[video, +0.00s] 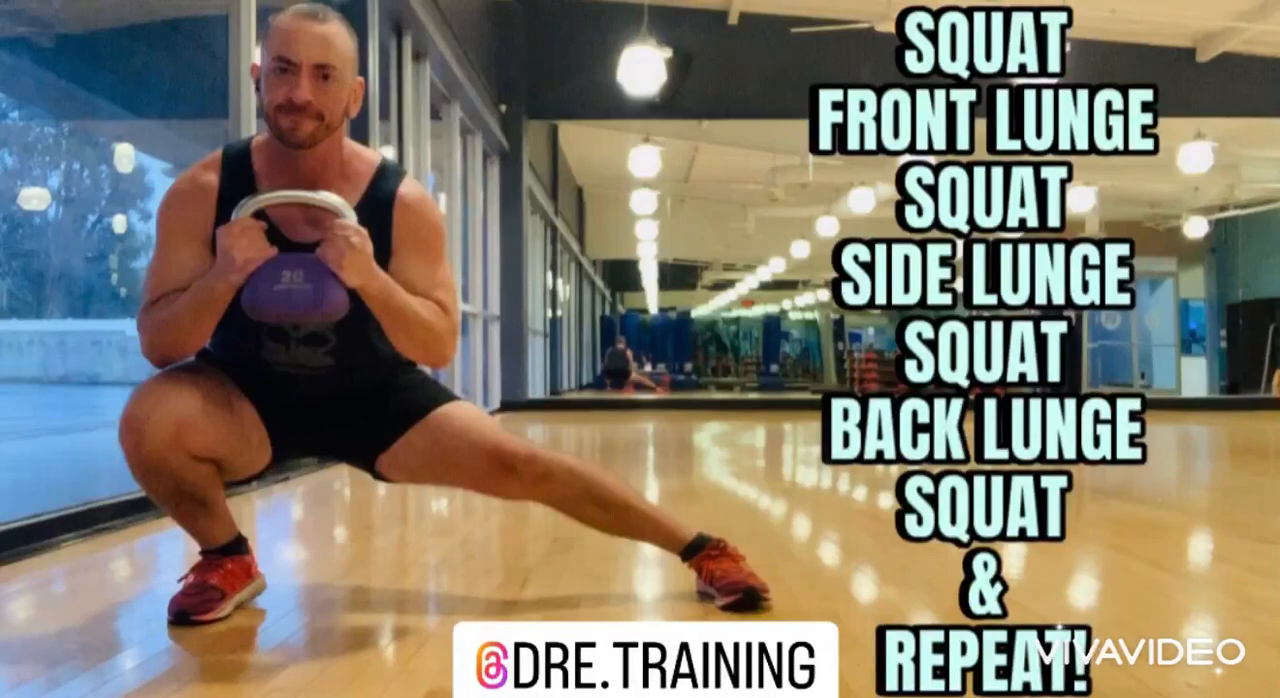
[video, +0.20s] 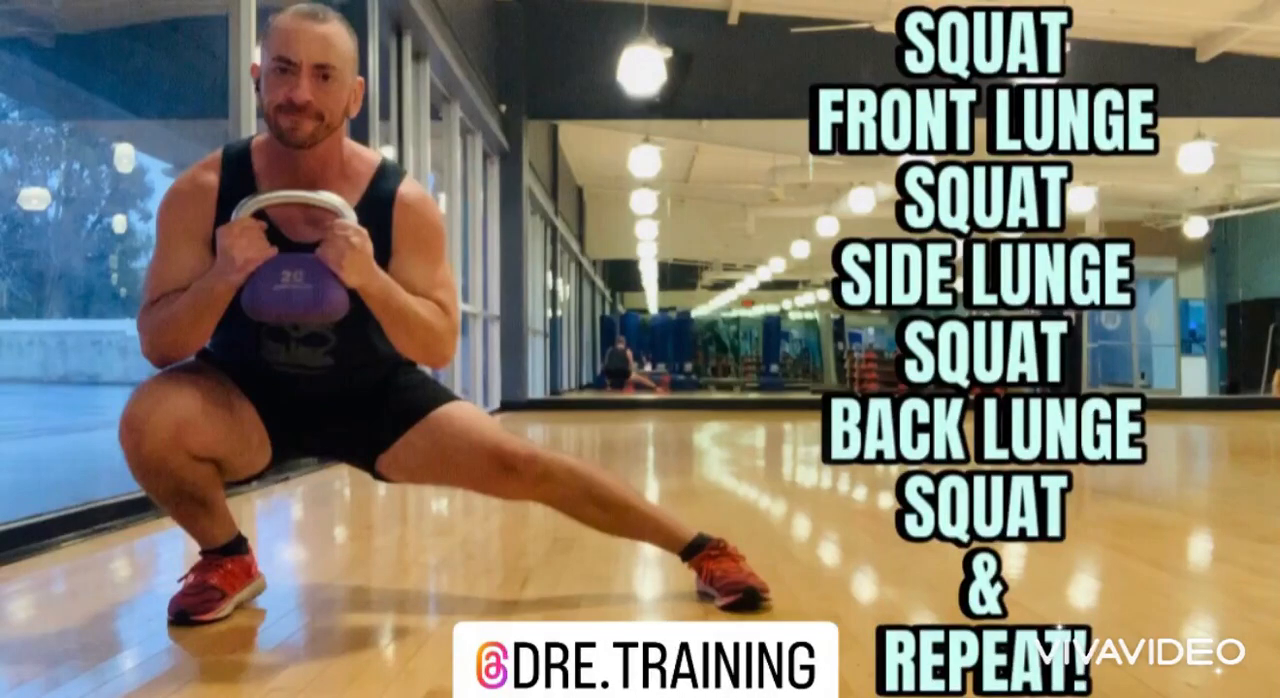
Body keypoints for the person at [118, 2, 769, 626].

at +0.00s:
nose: (297, 92)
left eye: (321, 75)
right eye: (281, 70)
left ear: (355, 91)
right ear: (257, 77)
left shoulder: (405, 205)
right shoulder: (200, 193)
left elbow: (437, 346)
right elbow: (161, 344)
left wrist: (367, 276)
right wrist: (221, 277)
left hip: (378, 397)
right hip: (253, 396)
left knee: (517, 463)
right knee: (148, 422)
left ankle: (696, 548)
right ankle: (226, 555)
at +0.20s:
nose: (298, 91)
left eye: (321, 75)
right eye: (281, 69)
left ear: (354, 91)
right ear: (257, 78)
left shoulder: (405, 205)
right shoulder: (201, 193)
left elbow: (437, 345)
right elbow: (161, 343)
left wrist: (367, 276)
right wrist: (222, 276)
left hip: (378, 398)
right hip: (253, 396)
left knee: (517, 464)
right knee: (148, 423)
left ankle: (696, 547)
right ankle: (225, 555)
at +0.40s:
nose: (298, 91)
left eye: (321, 75)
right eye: (281, 69)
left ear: (354, 91)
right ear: (257, 78)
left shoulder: (405, 205)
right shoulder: (201, 193)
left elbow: (437, 345)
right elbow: (161, 343)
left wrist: (367, 276)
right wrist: (222, 276)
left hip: (378, 398)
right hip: (253, 396)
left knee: (517, 464)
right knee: (148, 423)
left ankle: (696, 547)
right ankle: (225, 555)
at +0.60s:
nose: (297, 91)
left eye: (320, 75)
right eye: (281, 69)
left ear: (354, 92)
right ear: (256, 78)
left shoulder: (404, 205)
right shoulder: (200, 193)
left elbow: (437, 345)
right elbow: (161, 344)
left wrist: (368, 277)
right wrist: (222, 277)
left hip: (377, 398)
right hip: (253, 397)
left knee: (516, 463)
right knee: (148, 423)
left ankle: (696, 547)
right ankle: (225, 555)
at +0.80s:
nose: (297, 91)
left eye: (320, 75)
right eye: (281, 69)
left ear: (354, 92)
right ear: (256, 78)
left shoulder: (405, 205)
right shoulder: (200, 193)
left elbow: (437, 345)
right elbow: (161, 344)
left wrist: (368, 277)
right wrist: (222, 277)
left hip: (377, 398)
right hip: (253, 397)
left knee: (516, 463)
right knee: (148, 423)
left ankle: (696, 547)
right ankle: (225, 555)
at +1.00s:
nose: (298, 91)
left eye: (321, 74)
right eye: (282, 69)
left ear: (354, 91)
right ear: (257, 78)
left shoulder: (405, 205)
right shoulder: (201, 193)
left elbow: (437, 346)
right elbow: (161, 343)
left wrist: (367, 276)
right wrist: (222, 277)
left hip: (378, 398)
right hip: (253, 396)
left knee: (518, 464)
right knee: (148, 423)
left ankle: (696, 548)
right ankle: (225, 555)